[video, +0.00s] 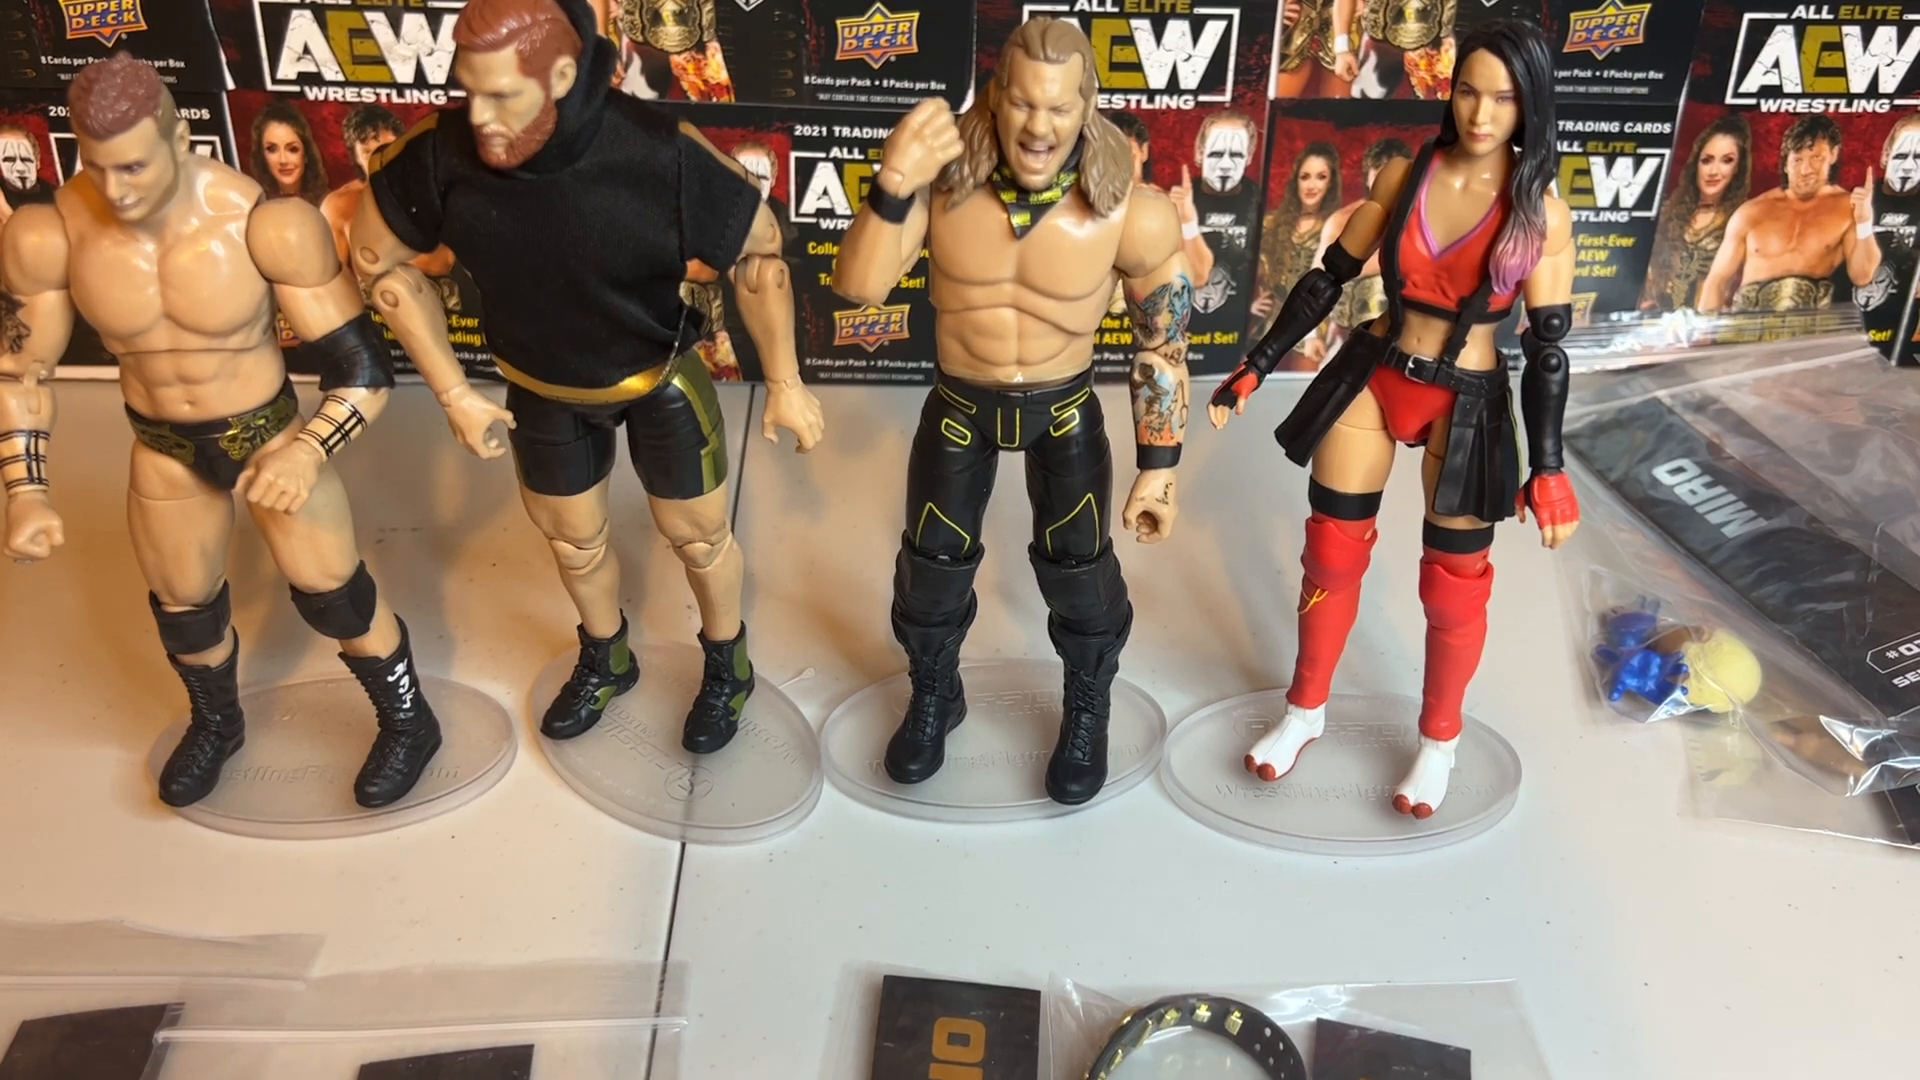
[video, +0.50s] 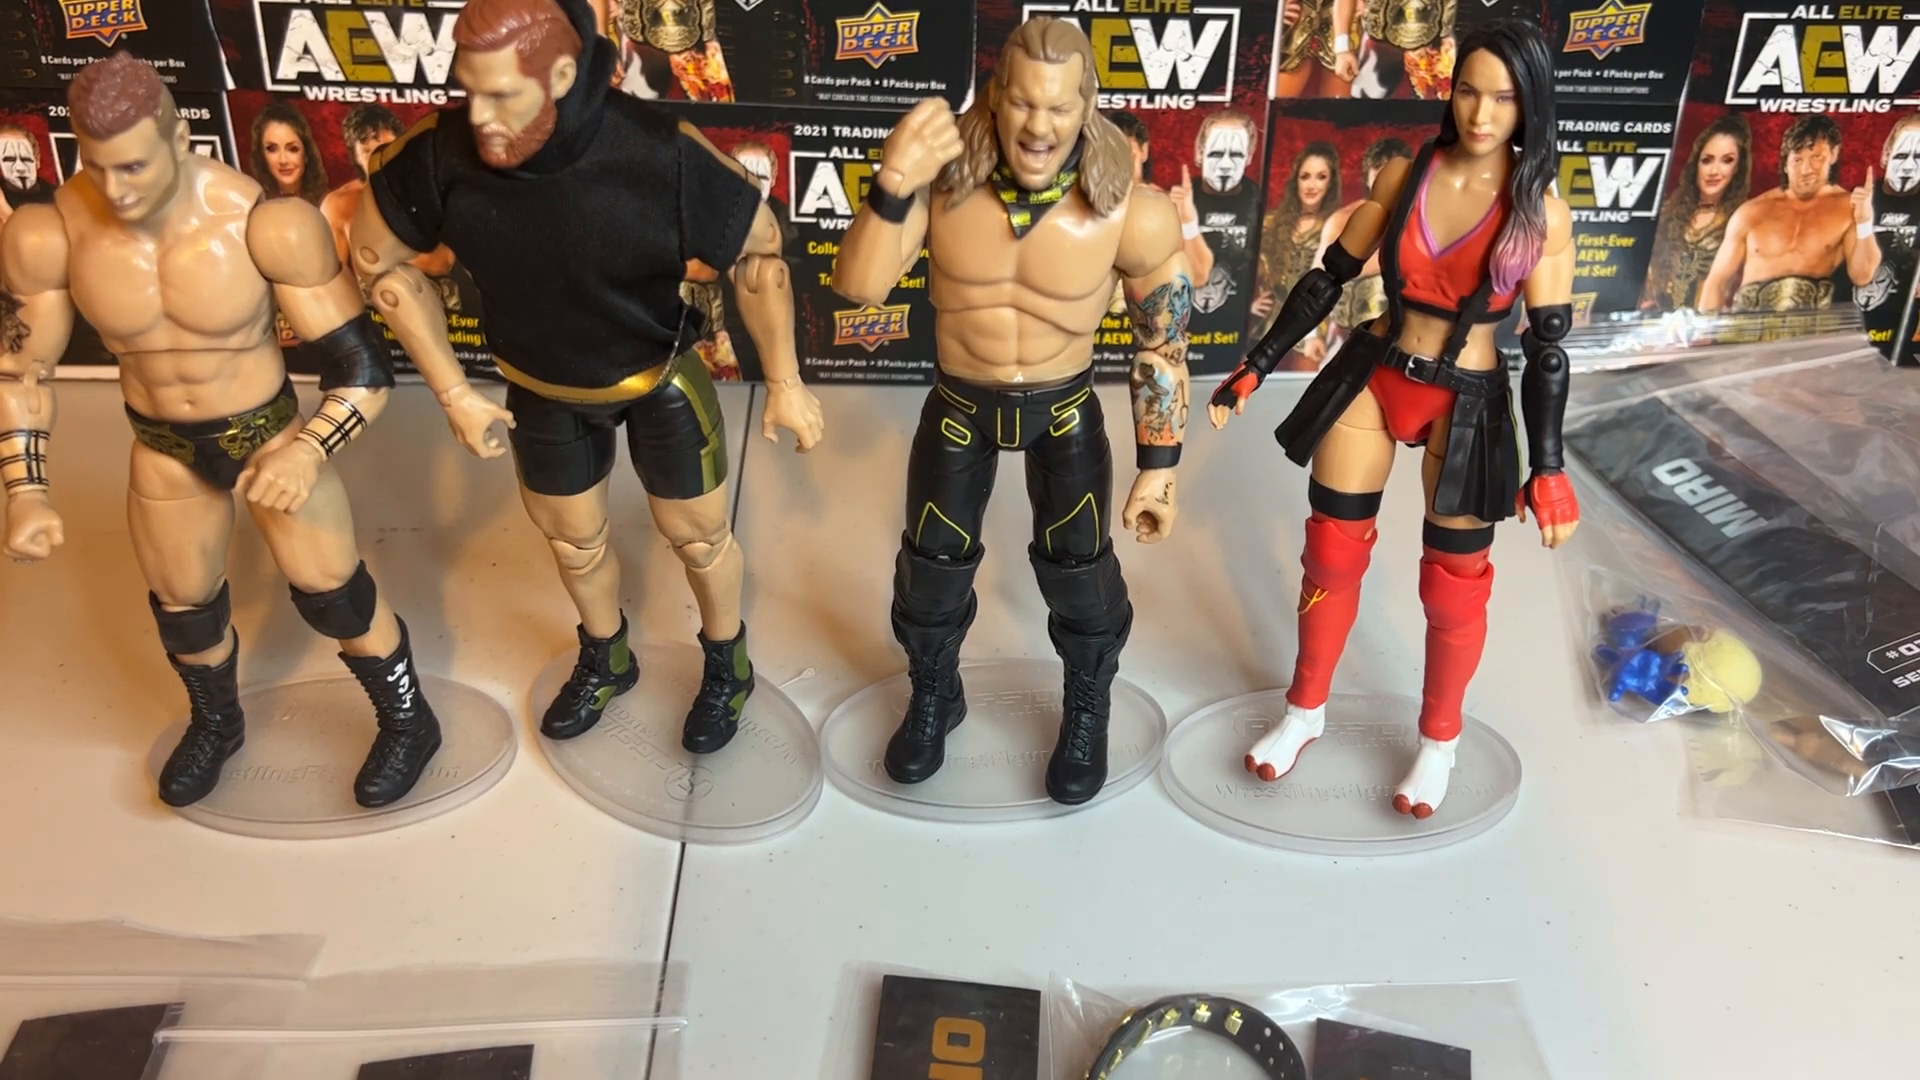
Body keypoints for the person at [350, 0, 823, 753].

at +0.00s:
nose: (480, 118)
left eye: (502, 96)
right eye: (468, 95)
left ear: (564, 76)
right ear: (456, 80)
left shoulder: (652, 153)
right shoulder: (443, 158)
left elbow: (756, 245)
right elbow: (373, 251)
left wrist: (784, 381)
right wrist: (453, 392)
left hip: (661, 382)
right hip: (543, 394)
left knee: (700, 541)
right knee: (575, 546)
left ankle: (726, 666)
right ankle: (607, 660)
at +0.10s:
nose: (481, 119)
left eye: (502, 96)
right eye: (468, 96)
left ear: (564, 77)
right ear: (456, 81)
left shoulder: (653, 155)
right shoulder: (443, 158)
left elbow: (757, 246)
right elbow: (372, 252)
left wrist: (784, 381)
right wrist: (453, 392)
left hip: (661, 382)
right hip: (543, 395)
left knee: (700, 541)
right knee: (575, 546)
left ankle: (726, 667)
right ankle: (607, 661)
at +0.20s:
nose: (481, 118)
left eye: (502, 96)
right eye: (468, 95)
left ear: (564, 75)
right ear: (456, 81)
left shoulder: (653, 154)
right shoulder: (443, 158)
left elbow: (757, 245)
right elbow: (373, 252)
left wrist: (784, 381)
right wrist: (453, 392)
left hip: (661, 381)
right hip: (542, 394)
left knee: (700, 541)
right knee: (575, 546)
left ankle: (726, 667)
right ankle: (607, 660)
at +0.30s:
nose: (481, 119)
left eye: (502, 96)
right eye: (468, 95)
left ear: (564, 76)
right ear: (456, 81)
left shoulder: (653, 155)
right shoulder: (443, 158)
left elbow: (757, 246)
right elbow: (372, 251)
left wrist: (784, 381)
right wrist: (453, 392)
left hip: (661, 382)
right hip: (542, 395)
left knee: (700, 541)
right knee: (575, 546)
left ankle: (726, 666)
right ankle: (607, 660)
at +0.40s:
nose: (481, 119)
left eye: (503, 97)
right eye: (468, 96)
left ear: (564, 77)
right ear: (457, 82)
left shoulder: (653, 155)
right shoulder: (444, 159)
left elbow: (757, 246)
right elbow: (372, 252)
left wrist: (784, 381)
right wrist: (453, 392)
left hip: (661, 383)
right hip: (543, 395)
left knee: (701, 542)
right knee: (576, 547)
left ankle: (726, 667)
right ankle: (607, 661)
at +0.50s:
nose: (480, 118)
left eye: (502, 96)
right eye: (468, 95)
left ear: (564, 75)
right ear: (456, 80)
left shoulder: (653, 154)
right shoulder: (443, 158)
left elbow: (757, 245)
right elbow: (372, 251)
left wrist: (784, 381)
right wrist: (453, 392)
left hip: (661, 380)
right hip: (542, 393)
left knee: (700, 541)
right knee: (575, 546)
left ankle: (726, 666)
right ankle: (607, 660)